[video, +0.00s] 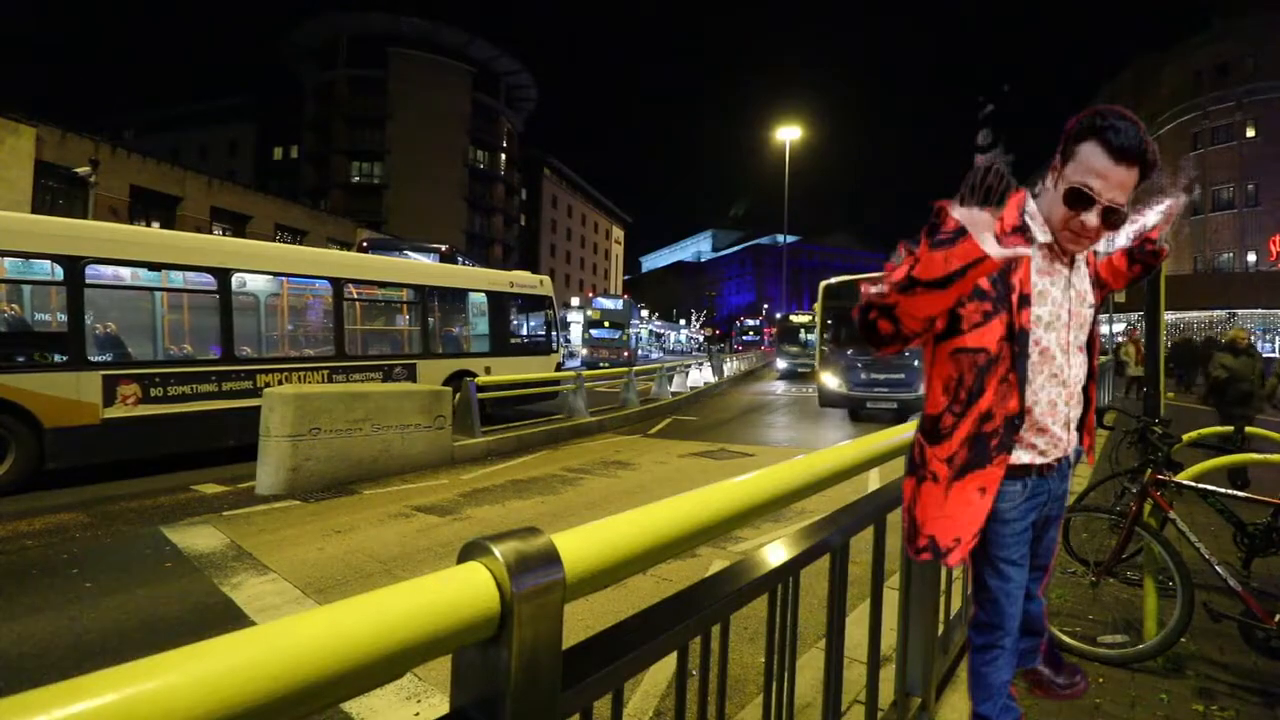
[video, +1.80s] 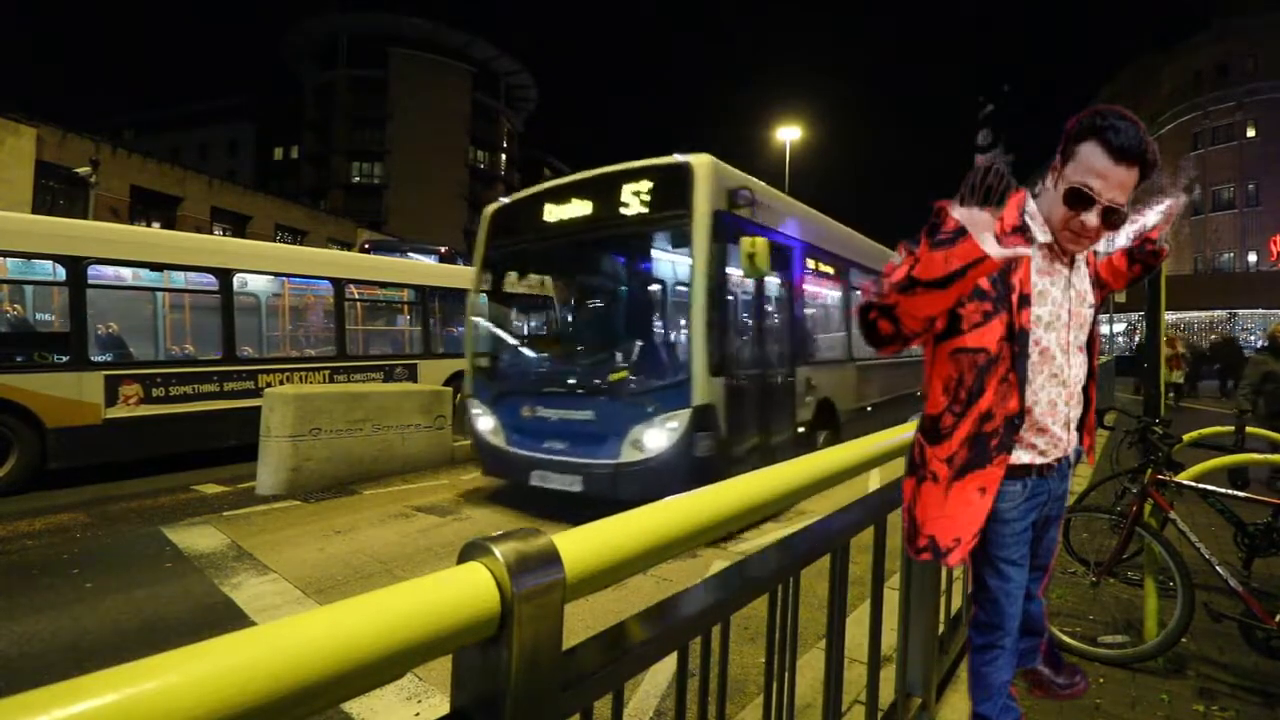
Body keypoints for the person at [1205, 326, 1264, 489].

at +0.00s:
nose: (1244, 342)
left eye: (1246, 339)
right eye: (1241, 339)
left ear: (1249, 340)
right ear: (1232, 339)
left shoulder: (1255, 357)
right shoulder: (1221, 356)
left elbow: (1260, 379)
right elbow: (1215, 375)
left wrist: (1258, 395)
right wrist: (1231, 382)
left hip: (1248, 406)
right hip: (1228, 407)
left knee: (1244, 442)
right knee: (1230, 442)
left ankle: (1243, 475)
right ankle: (1233, 476)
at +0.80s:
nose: (1254, 339)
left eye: (1258, 335)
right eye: (1251, 335)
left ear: (1263, 338)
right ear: (1243, 337)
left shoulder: (1271, 358)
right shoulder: (1232, 356)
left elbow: (1275, 382)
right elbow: (1218, 379)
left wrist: (1274, 399)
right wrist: (1225, 398)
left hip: (1266, 408)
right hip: (1242, 408)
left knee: (1261, 444)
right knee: (1242, 444)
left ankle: (1246, 474)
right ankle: (1237, 476)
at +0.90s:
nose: (1257, 339)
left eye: (1261, 335)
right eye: (1253, 335)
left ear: (1265, 338)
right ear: (1245, 337)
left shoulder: (1272, 358)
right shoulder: (1233, 355)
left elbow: (1274, 381)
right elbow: (1220, 376)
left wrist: (1274, 397)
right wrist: (1228, 392)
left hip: (1268, 407)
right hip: (1243, 407)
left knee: (1271, 443)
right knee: (1244, 444)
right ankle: (1240, 476)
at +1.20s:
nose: (1274, 340)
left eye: (1277, 337)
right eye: (1270, 337)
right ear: (1261, 338)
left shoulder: (1277, 360)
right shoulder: (1248, 358)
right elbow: (1231, 379)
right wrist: (1243, 391)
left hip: (1274, 411)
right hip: (1250, 411)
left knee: (1275, 446)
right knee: (1247, 446)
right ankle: (1240, 476)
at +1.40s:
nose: (1278, 337)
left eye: (1279, 333)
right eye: (1275, 333)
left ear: (1279, 335)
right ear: (1266, 335)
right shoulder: (1255, 357)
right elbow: (1238, 384)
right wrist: (1244, 405)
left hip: (1275, 411)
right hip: (1260, 410)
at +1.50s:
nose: (1278, 337)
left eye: (1279, 334)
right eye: (1276, 333)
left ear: (1278, 336)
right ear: (1268, 336)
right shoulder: (1257, 358)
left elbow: (1239, 383)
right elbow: (1239, 384)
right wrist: (1240, 406)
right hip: (1265, 412)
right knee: (1268, 444)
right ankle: (1267, 474)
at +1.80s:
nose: (1279, 337)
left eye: (1279, 333)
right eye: (1277, 333)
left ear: (1273, 337)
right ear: (1271, 336)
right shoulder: (1261, 360)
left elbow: (1247, 386)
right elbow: (1246, 386)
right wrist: (1244, 409)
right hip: (1268, 413)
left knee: (1274, 447)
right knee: (1273, 447)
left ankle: (1274, 477)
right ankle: (1273, 477)